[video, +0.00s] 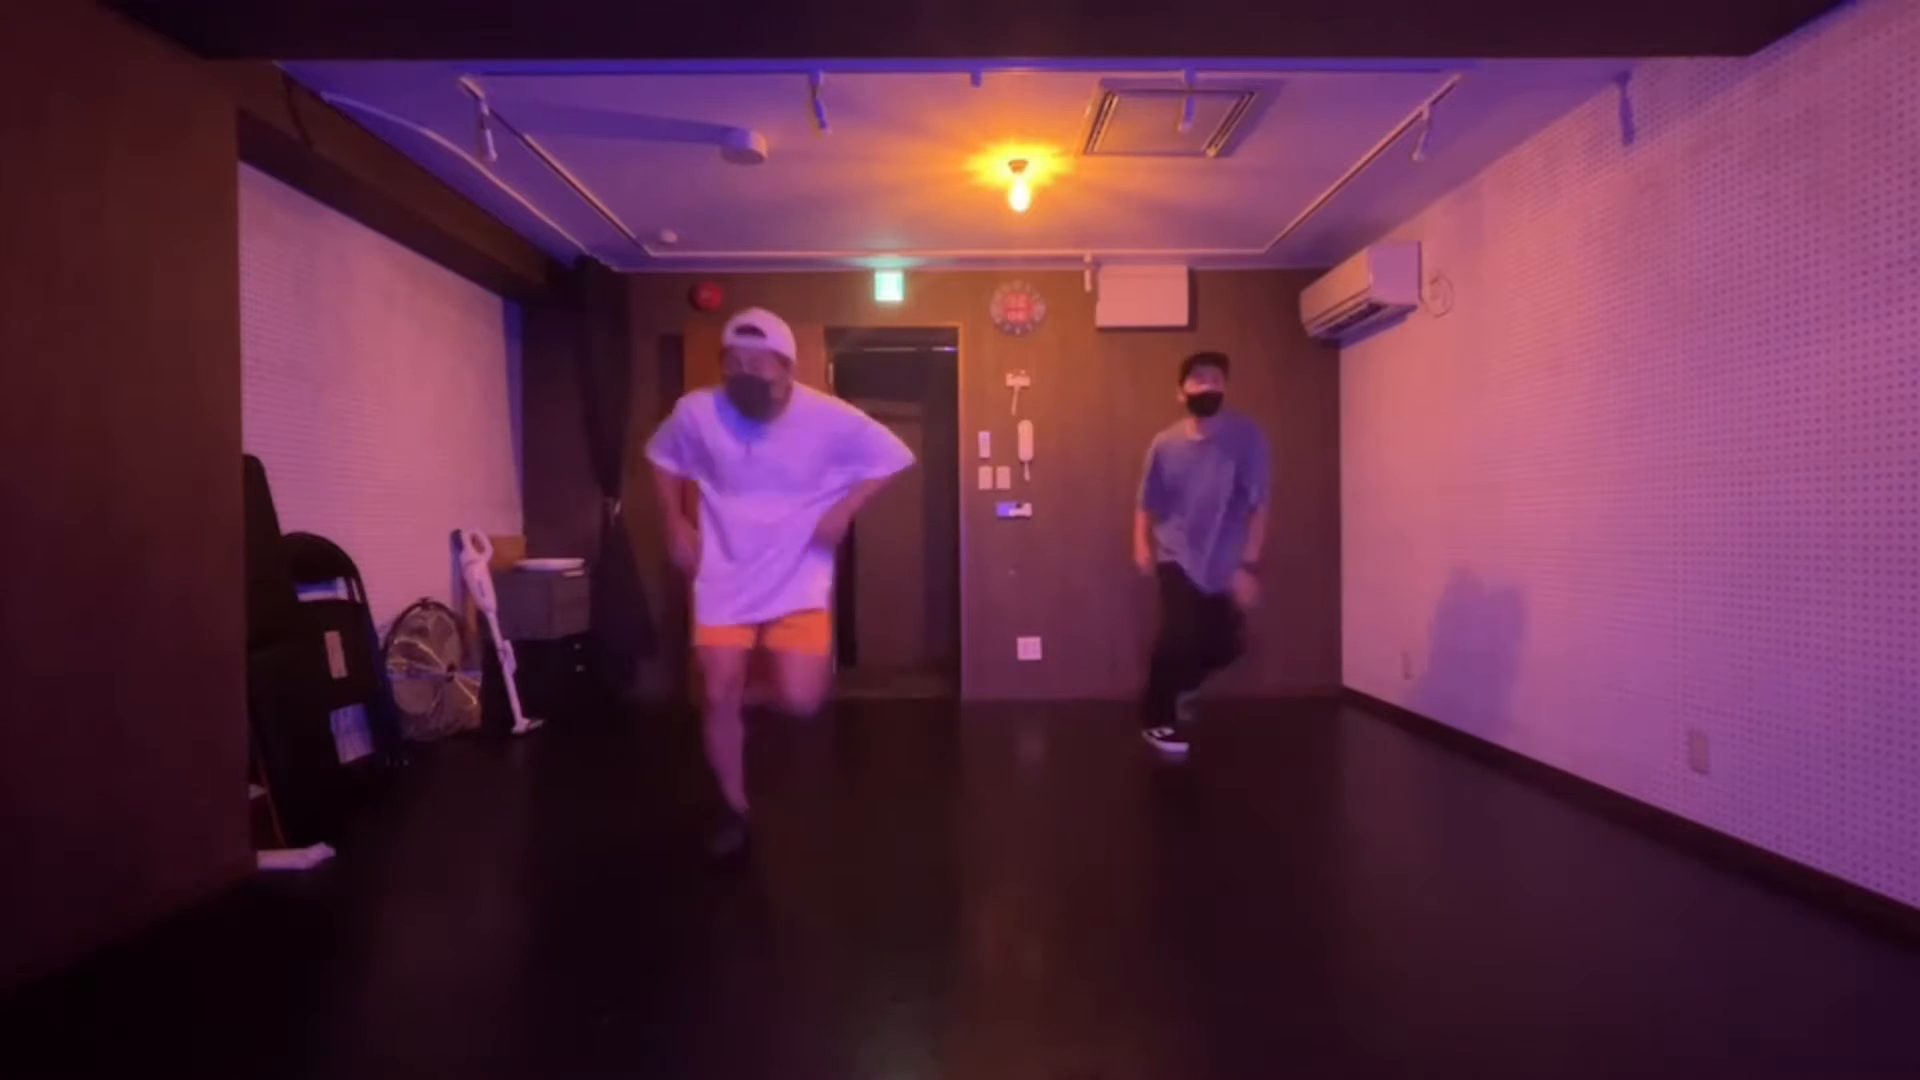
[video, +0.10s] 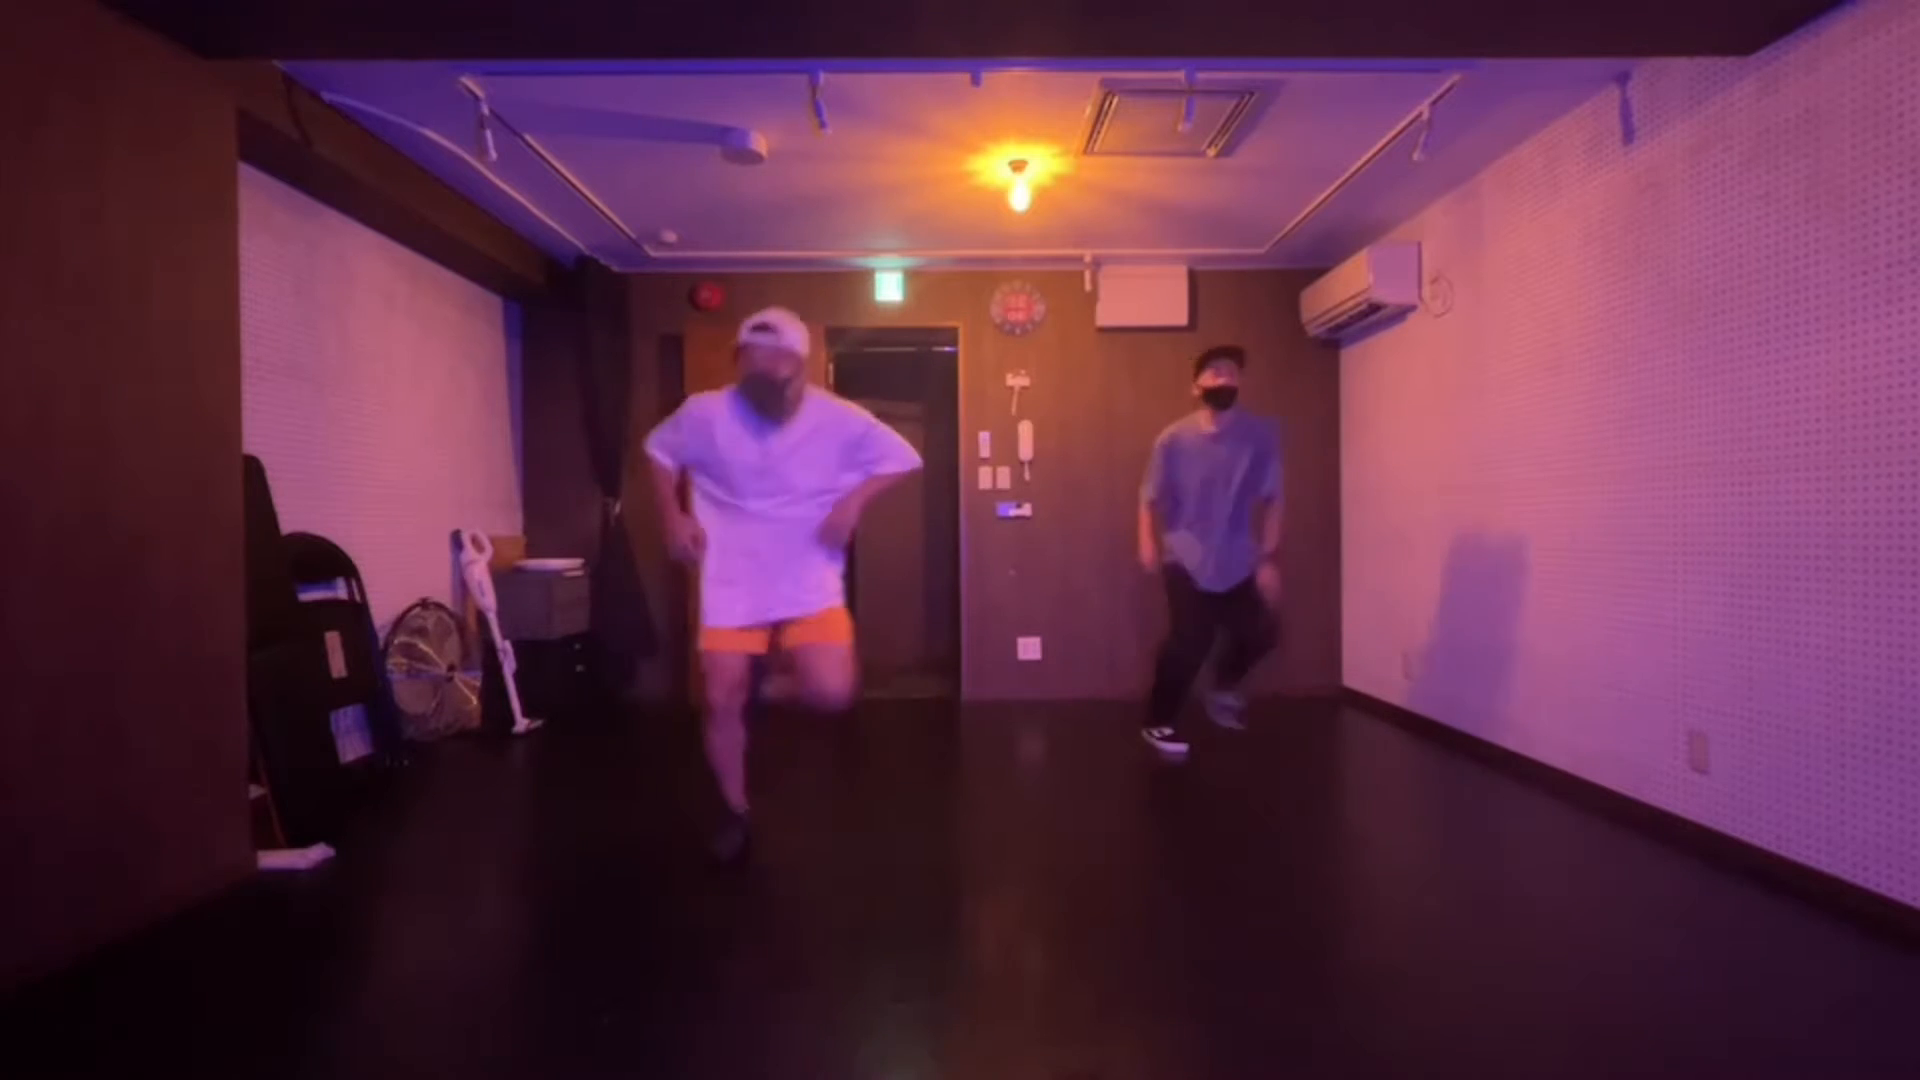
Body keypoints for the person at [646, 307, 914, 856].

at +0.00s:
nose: (750, 371)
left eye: (763, 360)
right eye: (740, 359)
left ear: (787, 368)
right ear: (725, 365)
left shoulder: (822, 414)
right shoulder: (698, 413)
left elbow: (893, 458)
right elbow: (662, 456)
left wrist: (844, 511)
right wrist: (676, 524)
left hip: (800, 575)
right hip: (723, 575)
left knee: (802, 697)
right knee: (721, 694)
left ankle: (738, 692)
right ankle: (734, 813)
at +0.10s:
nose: (770, 373)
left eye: (782, 362)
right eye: (760, 360)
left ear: (802, 366)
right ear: (741, 361)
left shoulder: (832, 415)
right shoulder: (707, 414)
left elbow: (900, 459)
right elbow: (659, 452)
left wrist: (853, 504)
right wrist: (673, 517)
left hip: (811, 578)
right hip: (730, 581)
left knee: (832, 690)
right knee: (724, 696)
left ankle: (754, 684)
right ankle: (735, 815)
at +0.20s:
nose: (811, 325)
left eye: (823, 316)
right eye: (801, 313)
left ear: (839, 328)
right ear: (776, 318)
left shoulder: (864, 393)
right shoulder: (737, 387)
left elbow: (897, 468)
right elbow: (701, 461)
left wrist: (869, 504)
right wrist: (690, 524)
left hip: (832, 565)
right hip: (750, 568)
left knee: (875, 673)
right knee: (743, 687)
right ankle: (736, 809)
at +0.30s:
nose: (828, 316)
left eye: (840, 306)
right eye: (817, 305)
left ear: (859, 318)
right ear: (800, 315)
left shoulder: (888, 395)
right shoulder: (765, 379)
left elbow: (900, 473)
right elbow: (729, 463)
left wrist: (883, 504)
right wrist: (709, 531)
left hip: (851, 568)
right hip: (770, 566)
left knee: (891, 678)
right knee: (750, 684)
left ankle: (886, 805)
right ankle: (736, 810)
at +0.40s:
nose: (869, 331)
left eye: (880, 321)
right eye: (858, 321)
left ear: (896, 325)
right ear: (837, 326)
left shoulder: (922, 397)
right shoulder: (803, 383)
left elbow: (936, 483)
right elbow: (771, 464)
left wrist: (916, 501)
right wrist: (735, 525)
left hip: (886, 569)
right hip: (806, 570)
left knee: (918, 682)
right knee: (774, 681)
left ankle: (899, 807)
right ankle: (741, 808)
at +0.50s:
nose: (893, 320)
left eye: (906, 311)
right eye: (881, 310)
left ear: (922, 322)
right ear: (863, 318)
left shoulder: (944, 393)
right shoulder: (825, 376)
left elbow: (975, 471)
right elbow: (787, 446)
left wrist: (951, 481)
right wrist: (755, 496)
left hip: (905, 570)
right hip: (825, 565)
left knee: (919, 681)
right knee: (792, 675)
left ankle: (913, 801)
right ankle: (759, 800)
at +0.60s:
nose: (914, 338)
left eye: (926, 329)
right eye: (904, 326)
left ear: (943, 338)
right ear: (884, 330)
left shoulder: (963, 397)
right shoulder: (844, 378)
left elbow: (1019, 454)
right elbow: (788, 433)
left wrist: (983, 476)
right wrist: (772, 483)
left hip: (918, 570)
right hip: (841, 561)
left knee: (929, 679)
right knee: (809, 668)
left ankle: (948, 792)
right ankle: (799, 791)